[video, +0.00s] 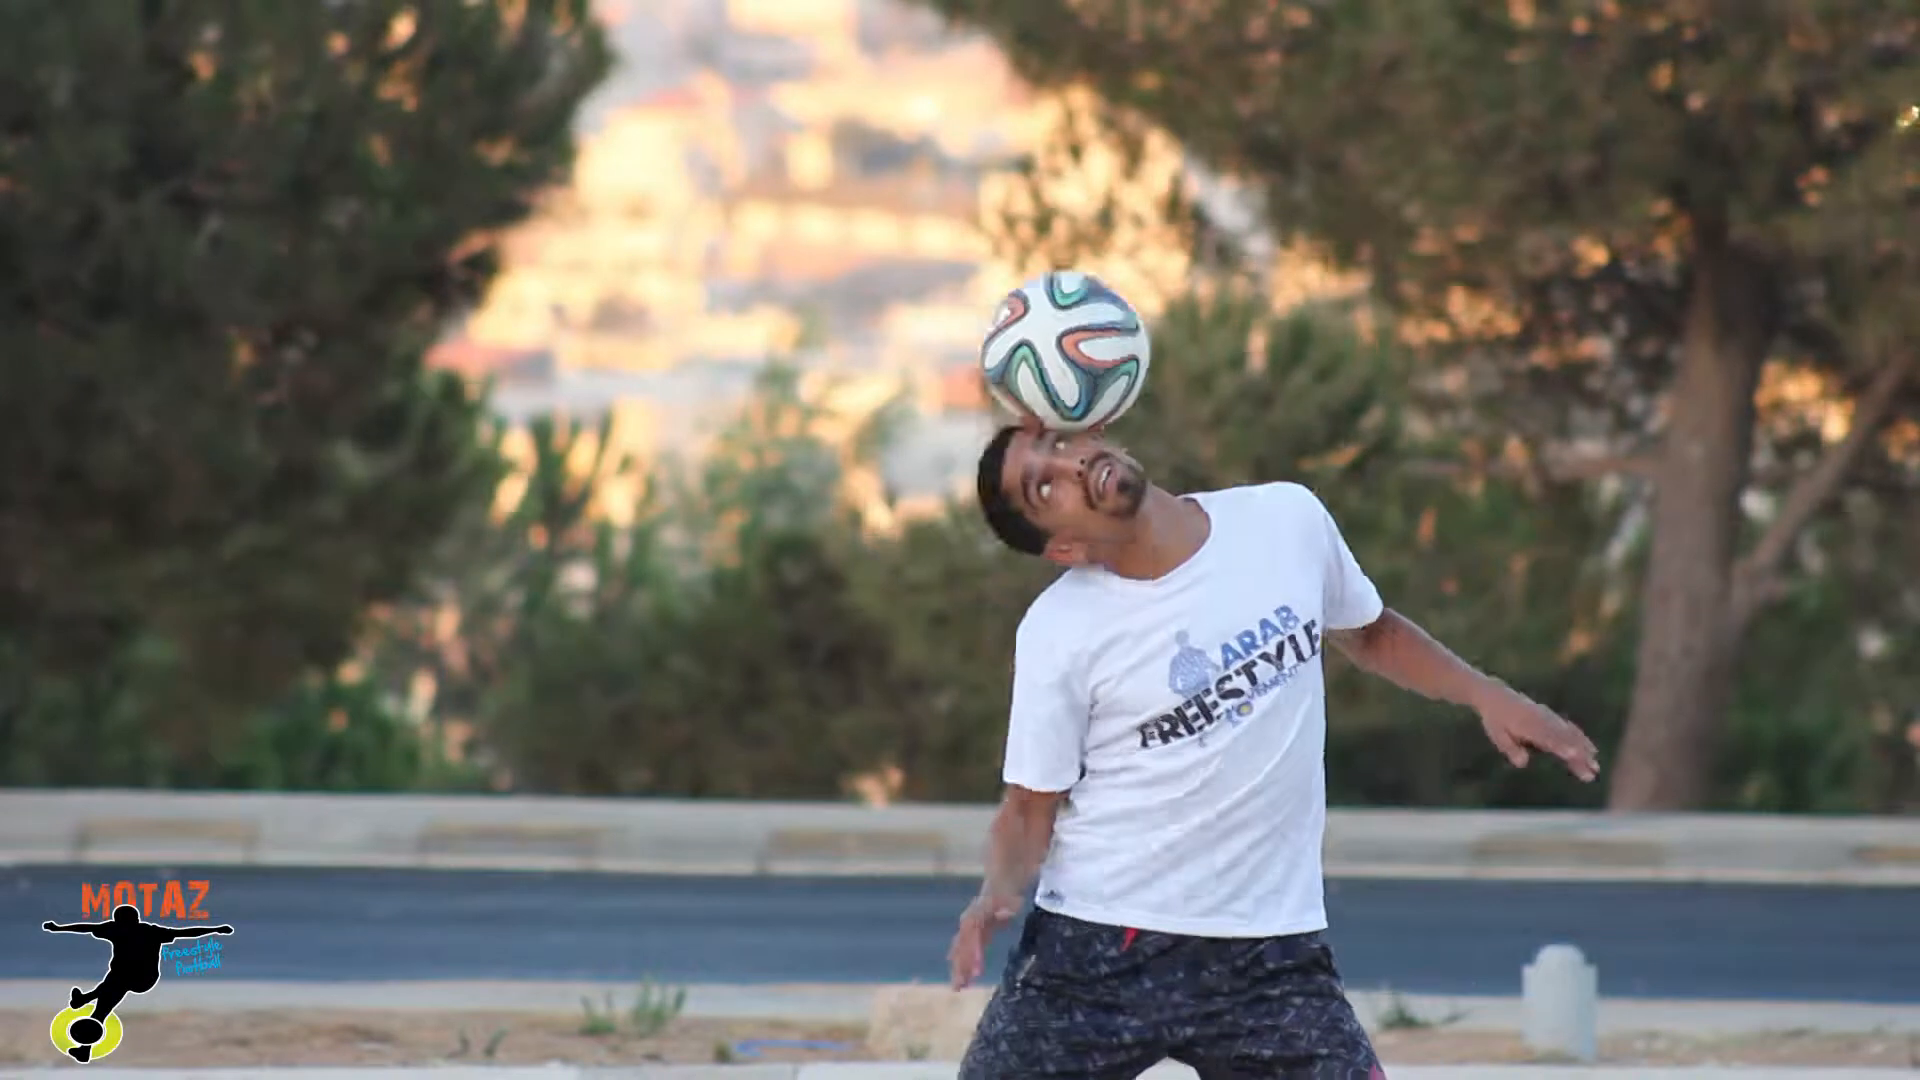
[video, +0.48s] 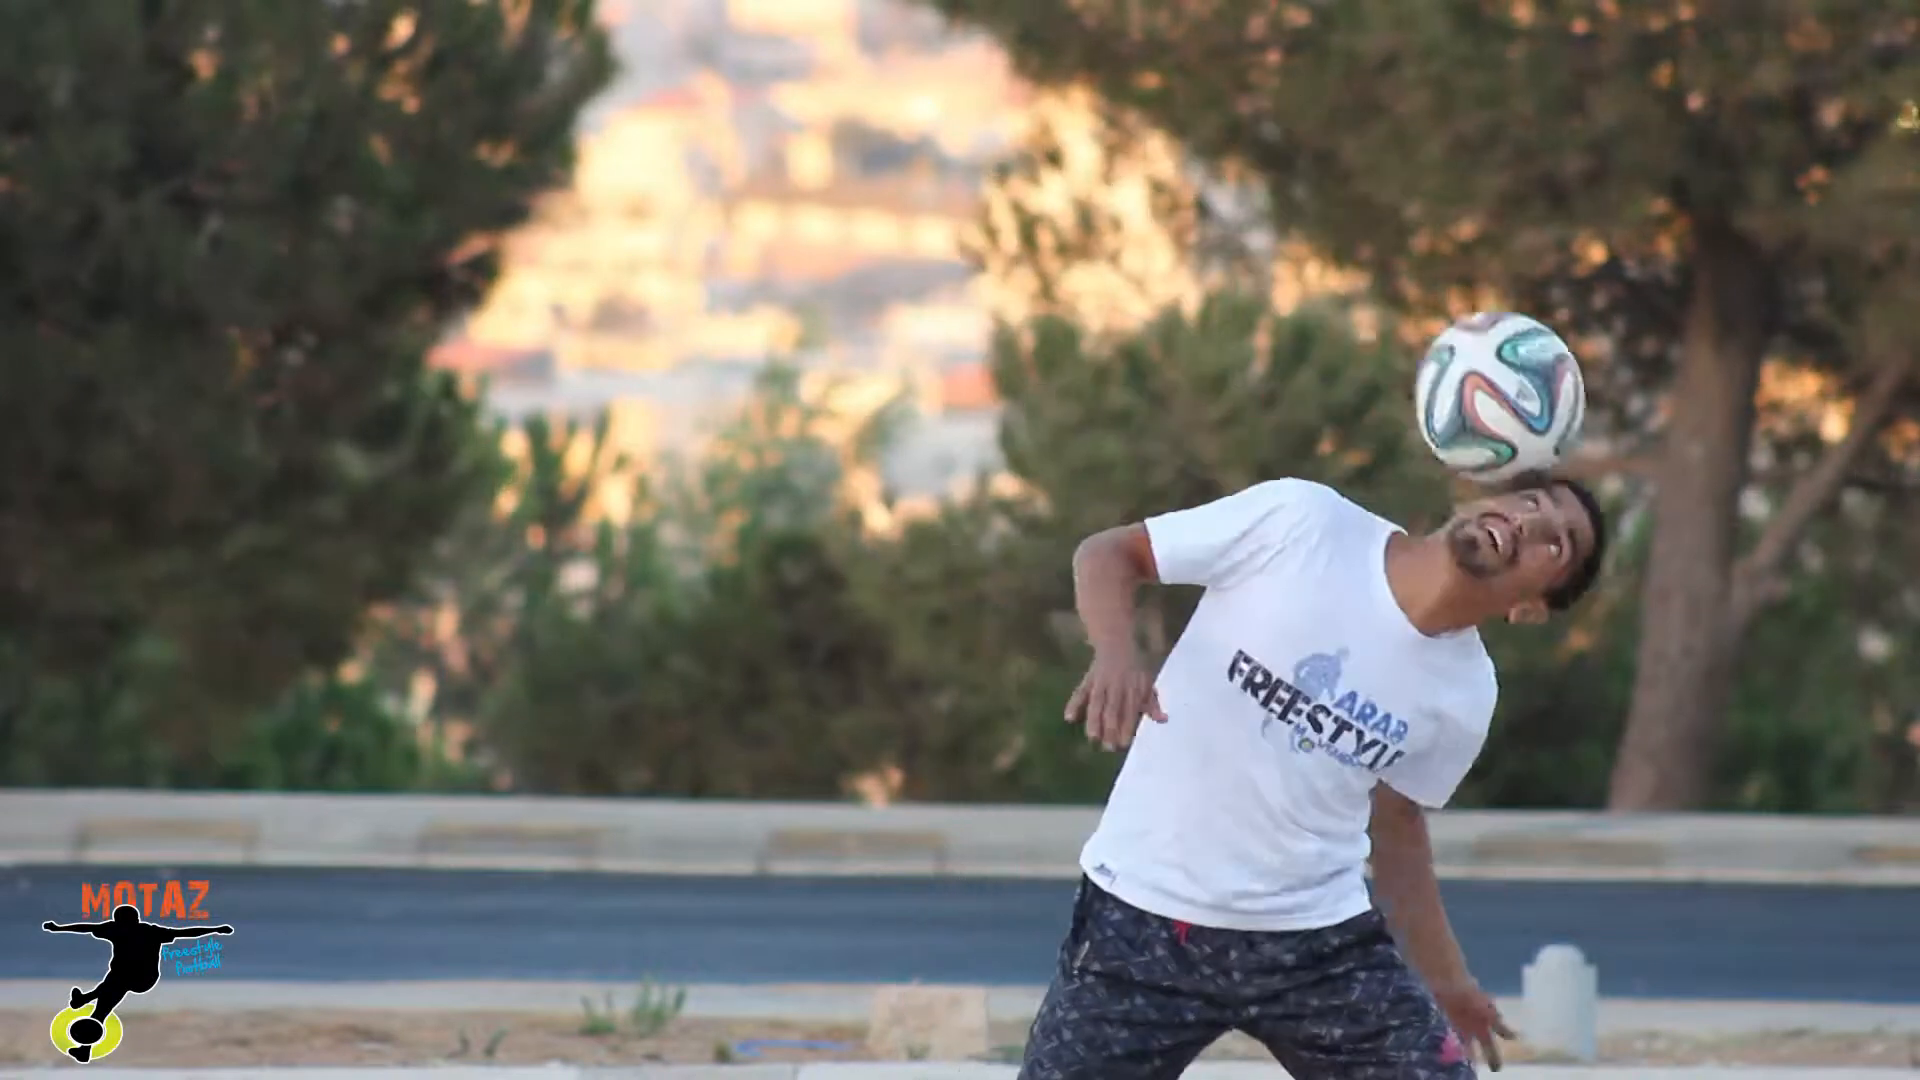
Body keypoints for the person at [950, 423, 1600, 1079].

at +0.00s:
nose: (1071, 461)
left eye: (1059, 443)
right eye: (1044, 486)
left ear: (1102, 439)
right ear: (1062, 550)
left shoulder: (1288, 521)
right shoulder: (1060, 633)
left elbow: (1372, 632)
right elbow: (1027, 803)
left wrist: (1487, 692)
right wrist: (1000, 890)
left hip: (1271, 971)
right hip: (1092, 968)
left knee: (1355, 1073)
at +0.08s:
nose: (1130, 387)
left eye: (1124, 369)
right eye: (1094, 401)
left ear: (1165, 387)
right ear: (1094, 474)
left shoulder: (1313, 501)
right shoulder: (1079, 582)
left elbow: (1369, 632)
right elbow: (1037, 759)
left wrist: (1506, 694)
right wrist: (1033, 838)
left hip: (1285, 945)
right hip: (1115, 945)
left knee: (1368, 1068)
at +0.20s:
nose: (1258, 325)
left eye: (1268, 316)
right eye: (1222, 321)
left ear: (1295, 364)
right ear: (1186, 389)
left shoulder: (1349, 514)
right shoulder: (1126, 501)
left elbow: (1345, 679)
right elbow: (1022, 671)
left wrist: (1478, 764)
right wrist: (1084, 719)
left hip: (1291, 903)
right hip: (1122, 901)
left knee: (1419, 1071)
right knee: (1034, 1070)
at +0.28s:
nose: (1323, 339)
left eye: (1340, 332)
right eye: (1291, 330)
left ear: (1359, 388)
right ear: (1244, 390)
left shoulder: (1374, 548)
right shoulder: (1167, 487)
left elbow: (1323, 703)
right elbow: (1027, 626)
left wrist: (1434, 819)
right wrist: (1102, 675)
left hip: (1298, 916)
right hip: (1129, 909)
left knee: (1405, 1070)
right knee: (1049, 1069)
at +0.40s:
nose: (1471, 431)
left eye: (1502, 441)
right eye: (1458, 414)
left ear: (1496, 514)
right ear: (1401, 443)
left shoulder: (1448, 636)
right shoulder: (1264, 498)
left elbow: (1367, 761)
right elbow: (1073, 562)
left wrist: (1410, 925)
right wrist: (1119, 643)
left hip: (1322, 939)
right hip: (1145, 925)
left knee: (1430, 1071)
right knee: (1062, 1070)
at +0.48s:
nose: (1525, 520)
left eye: (1554, 544)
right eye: (1531, 498)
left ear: (1528, 610)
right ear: (1479, 500)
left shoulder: (1465, 694)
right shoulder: (1298, 520)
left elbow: (1398, 821)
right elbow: (1107, 554)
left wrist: (1448, 979)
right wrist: (1114, 651)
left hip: (1322, 956)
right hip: (1140, 938)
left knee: (1443, 1066)